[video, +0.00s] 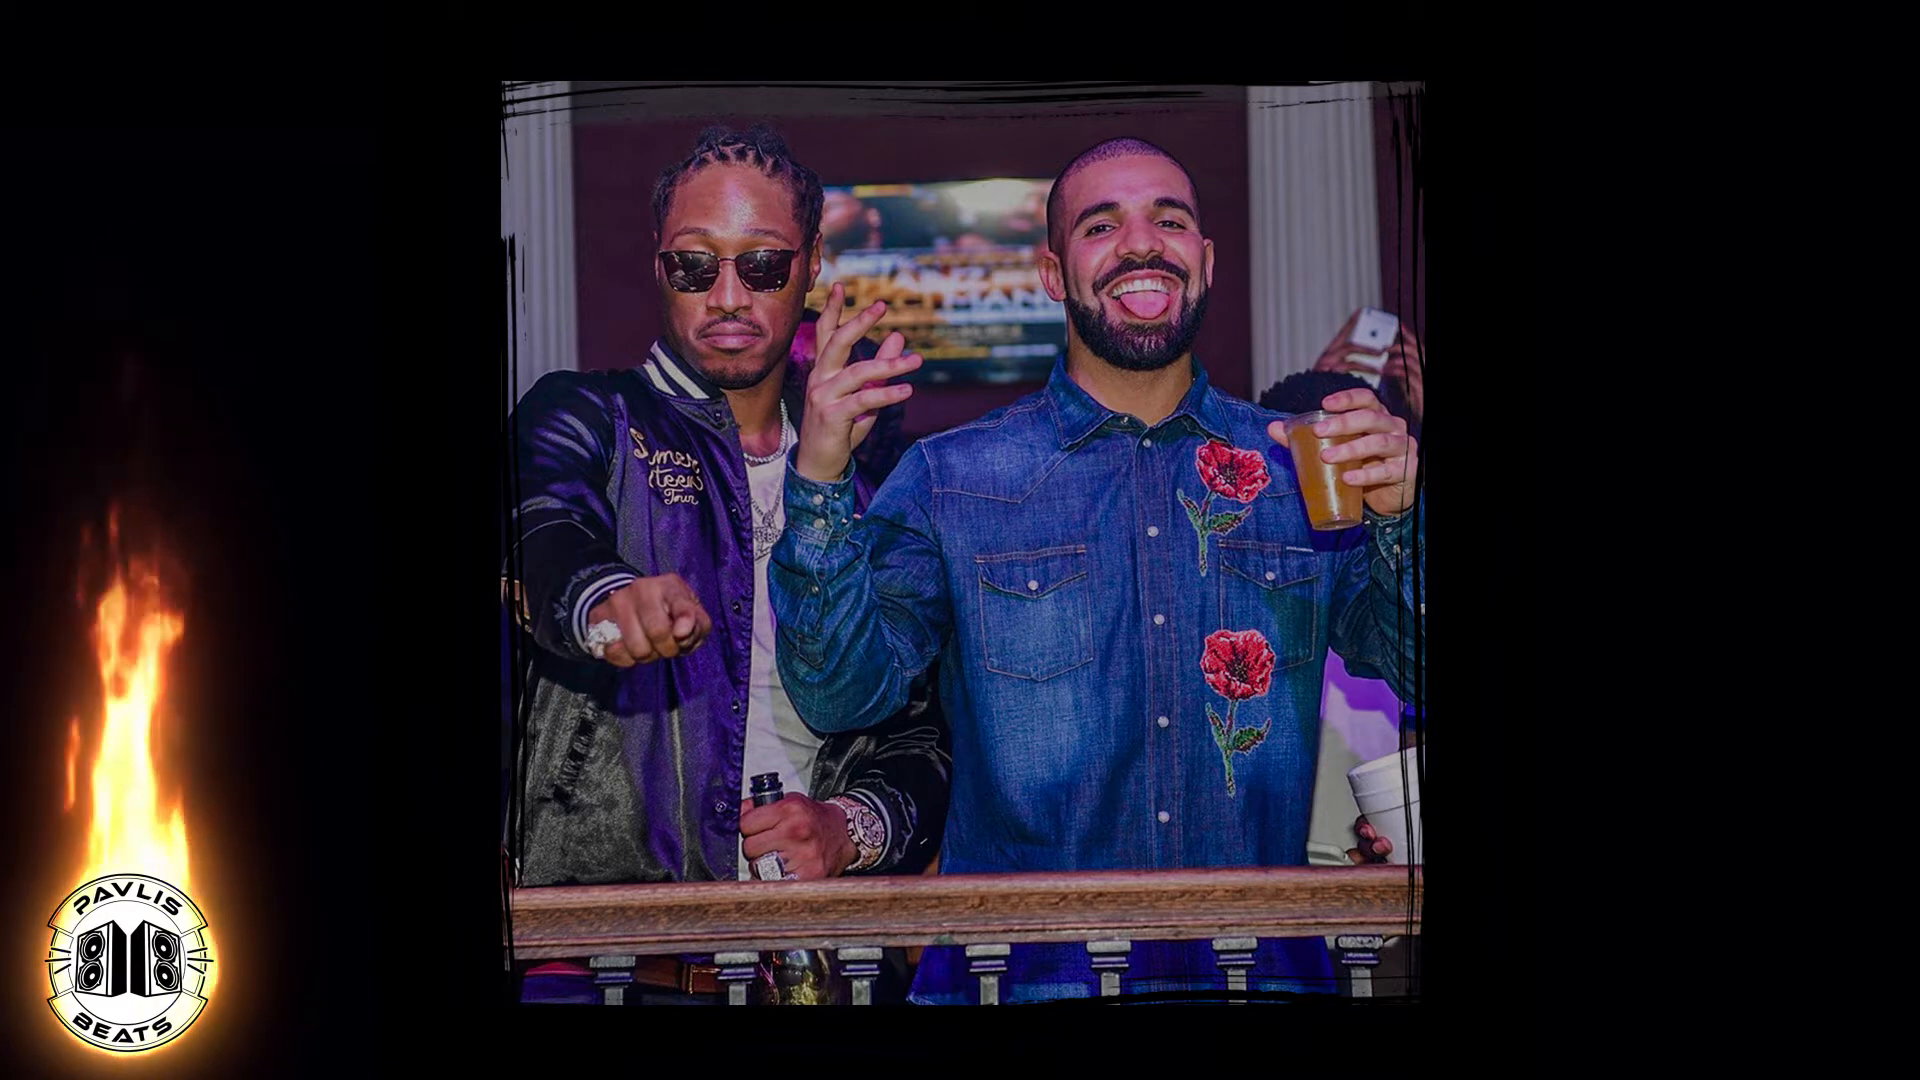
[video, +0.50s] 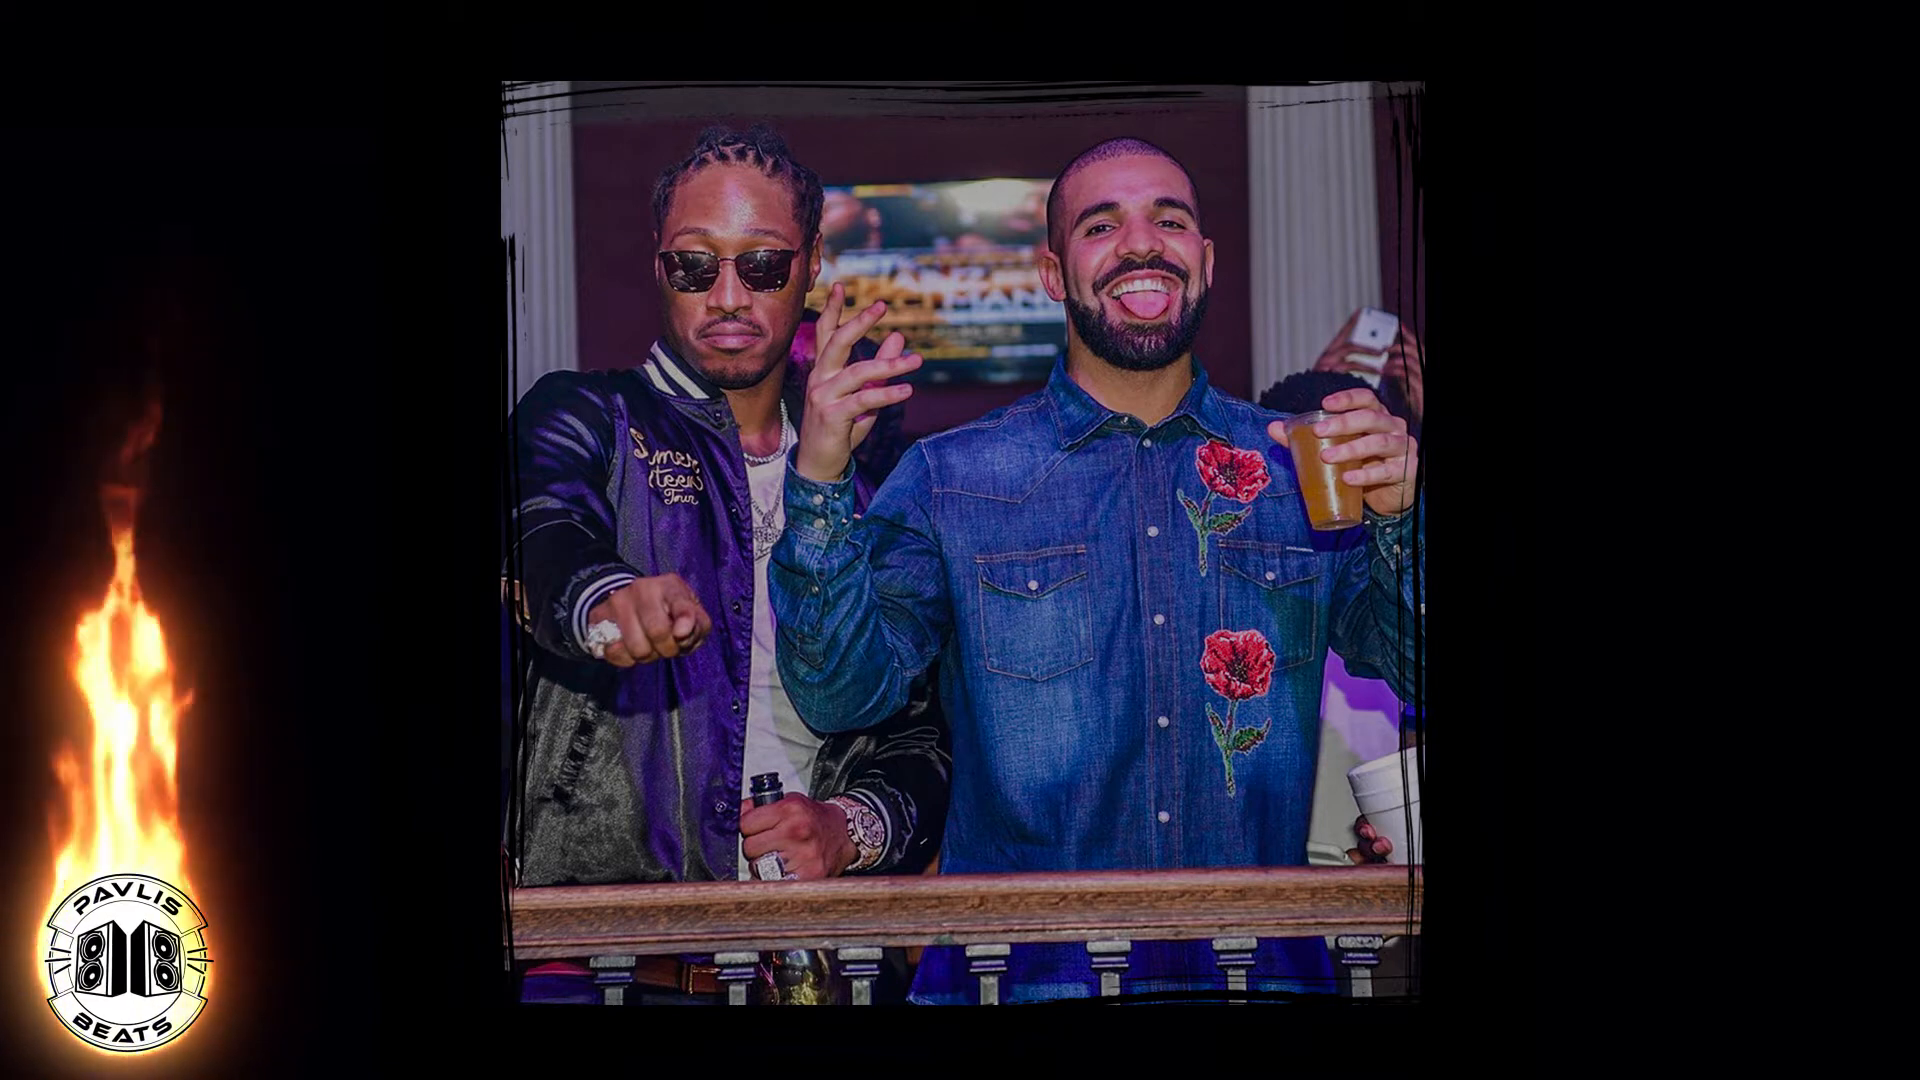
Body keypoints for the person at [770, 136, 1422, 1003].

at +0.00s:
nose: (1142, 242)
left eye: (1170, 219)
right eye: (1102, 225)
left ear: (1207, 259)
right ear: (1055, 273)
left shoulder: (1304, 469)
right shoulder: (945, 478)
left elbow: (1413, 673)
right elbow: (840, 692)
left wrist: (1402, 516)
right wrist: (818, 475)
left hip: (1255, 955)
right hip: (1022, 963)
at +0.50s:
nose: (1142, 242)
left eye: (1170, 219)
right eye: (1102, 225)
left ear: (1207, 259)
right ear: (1055, 273)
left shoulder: (1304, 469)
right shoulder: (945, 478)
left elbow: (1413, 673)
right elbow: (840, 692)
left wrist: (1402, 516)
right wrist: (818, 475)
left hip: (1255, 955)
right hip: (1022, 963)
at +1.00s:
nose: (1142, 242)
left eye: (1170, 219)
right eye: (1102, 225)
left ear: (1207, 259)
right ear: (1055, 273)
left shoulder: (1304, 469)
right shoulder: (945, 478)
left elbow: (1413, 673)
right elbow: (840, 692)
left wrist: (1402, 516)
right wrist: (818, 475)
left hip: (1255, 955)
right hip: (1022, 963)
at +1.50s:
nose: (1142, 242)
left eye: (1170, 219)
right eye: (1102, 225)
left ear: (1207, 259)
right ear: (1055, 273)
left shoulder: (1304, 469)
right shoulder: (945, 478)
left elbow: (1413, 673)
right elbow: (840, 692)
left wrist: (1402, 516)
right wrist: (818, 475)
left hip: (1255, 955)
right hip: (1022, 963)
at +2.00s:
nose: (1142, 242)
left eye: (1170, 219)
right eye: (1102, 225)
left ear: (1207, 259)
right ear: (1055, 273)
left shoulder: (1304, 469)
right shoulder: (945, 478)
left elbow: (1413, 673)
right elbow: (840, 692)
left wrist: (1402, 516)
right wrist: (818, 475)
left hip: (1255, 955)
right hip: (1022, 963)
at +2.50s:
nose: (1142, 242)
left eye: (1170, 219)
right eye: (1102, 225)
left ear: (1207, 259)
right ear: (1055, 273)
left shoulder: (1304, 469)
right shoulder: (945, 478)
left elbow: (1413, 673)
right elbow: (840, 692)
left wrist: (1402, 516)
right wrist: (818, 475)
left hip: (1255, 955)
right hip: (1022, 963)